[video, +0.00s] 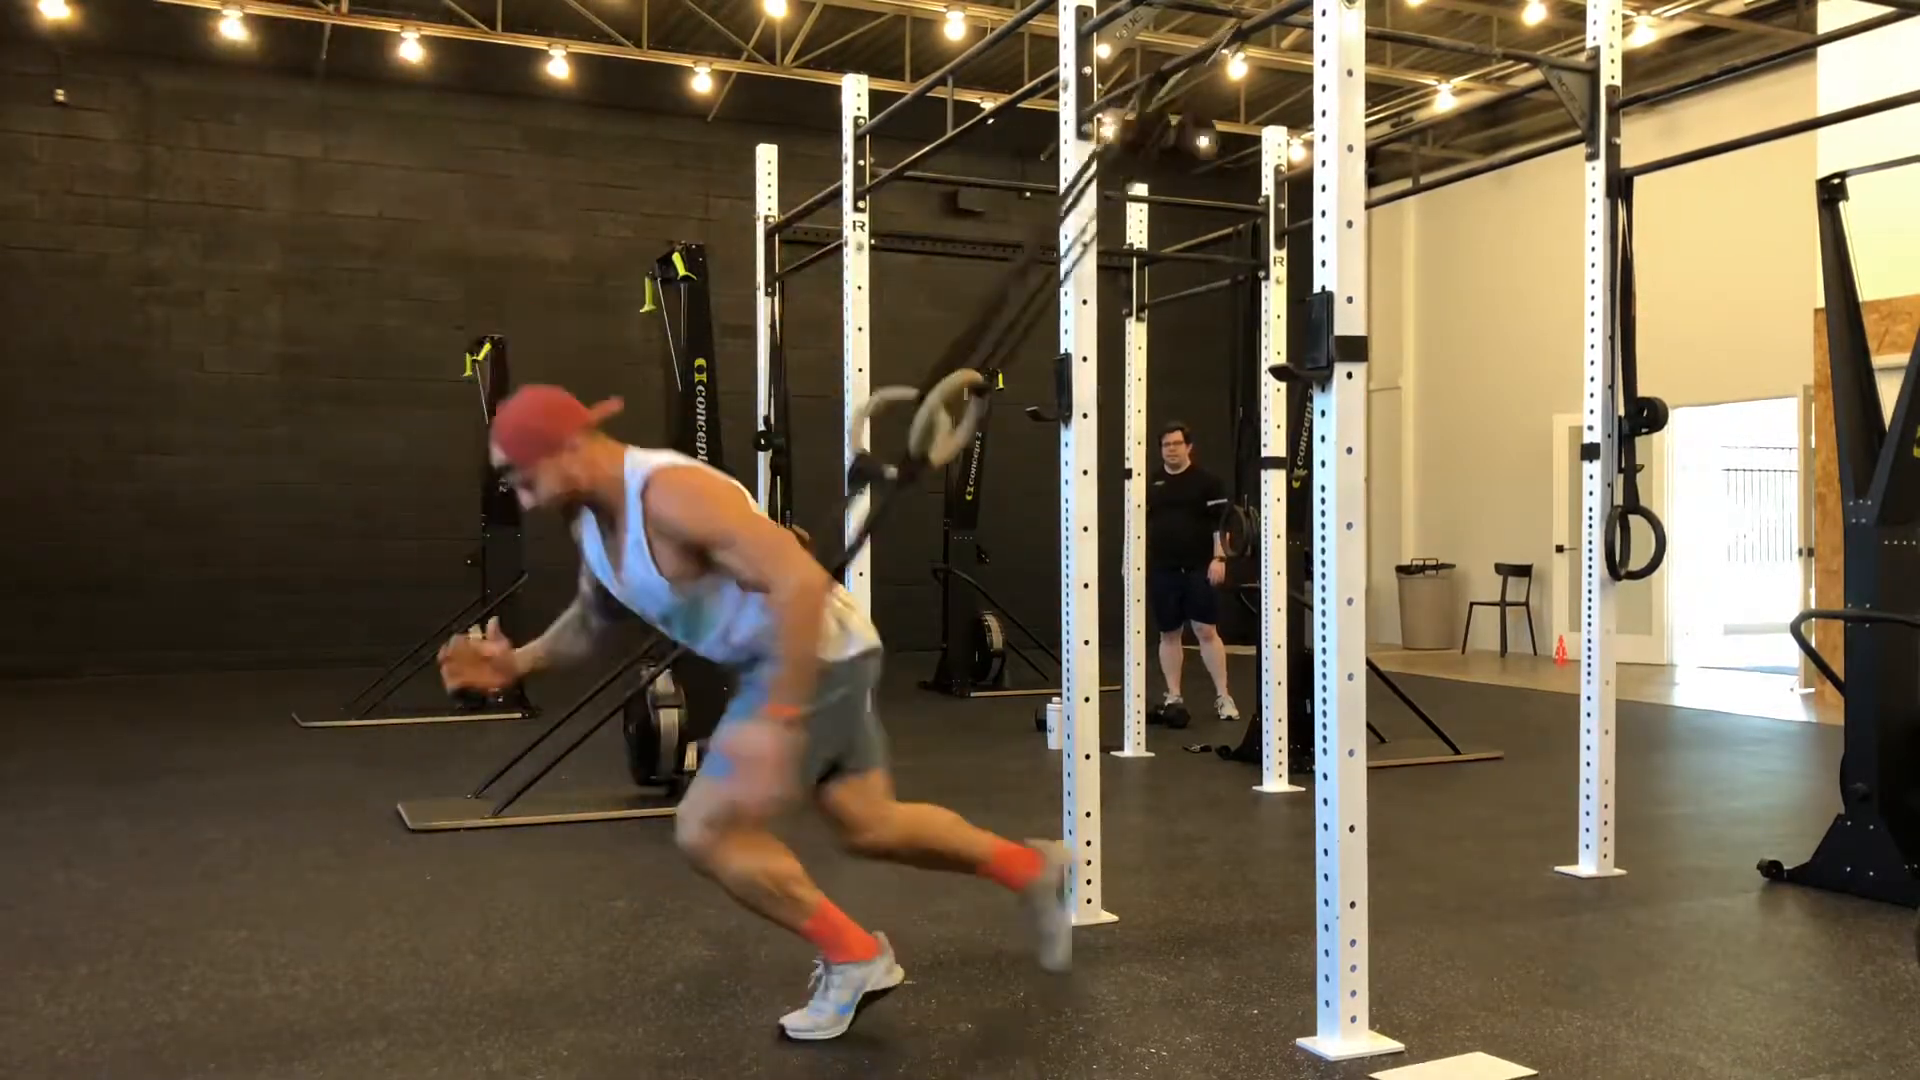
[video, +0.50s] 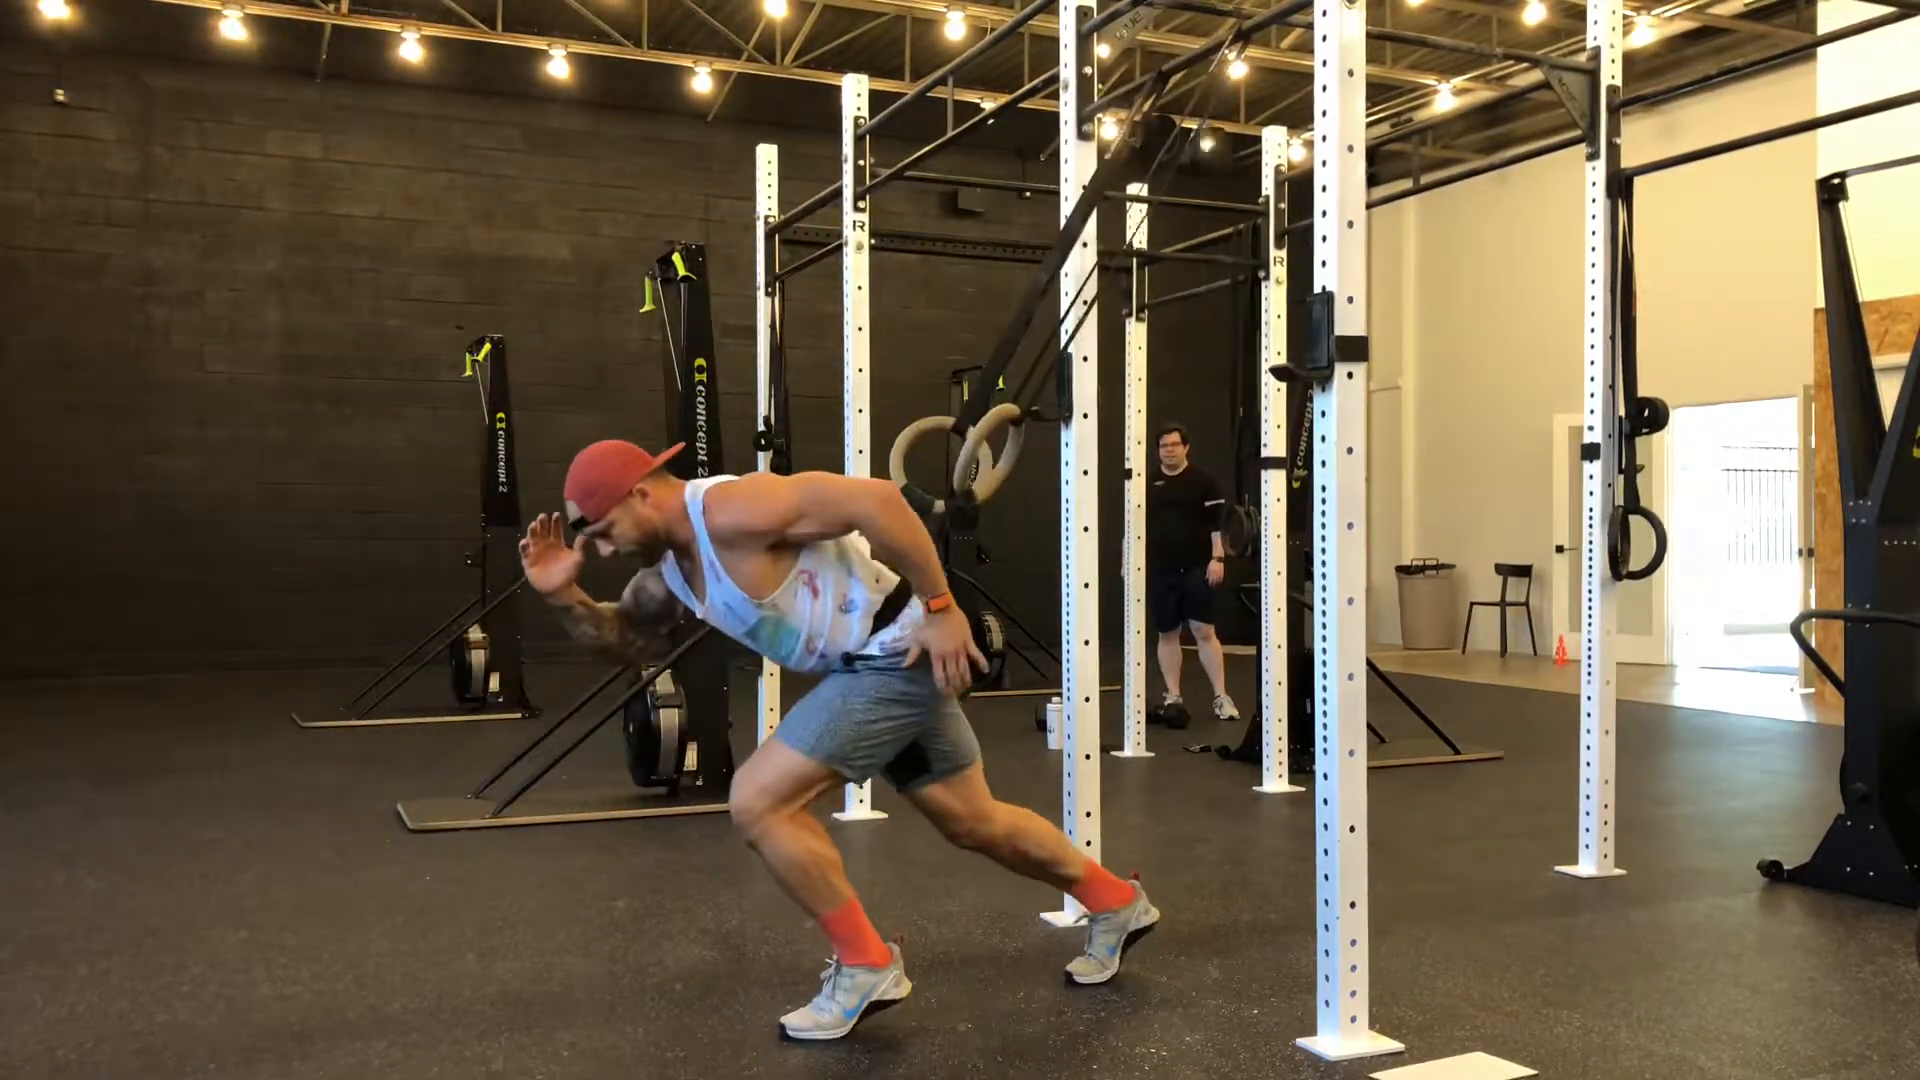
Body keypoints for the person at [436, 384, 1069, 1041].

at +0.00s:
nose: (519, 493)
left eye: (523, 476)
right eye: (513, 480)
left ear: (571, 454)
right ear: (565, 458)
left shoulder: (676, 493)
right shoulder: (598, 526)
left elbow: (800, 579)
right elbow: (596, 626)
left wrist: (779, 718)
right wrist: (516, 661)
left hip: (810, 657)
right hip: (803, 658)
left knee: (710, 829)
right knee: (869, 823)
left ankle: (856, 955)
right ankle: (1038, 870)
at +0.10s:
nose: (559, 549)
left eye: (562, 531)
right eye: (553, 535)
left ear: (604, 503)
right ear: (592, 514)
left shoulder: (701, 531)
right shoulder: (637, 581)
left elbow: (852, 565)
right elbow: (600, 658)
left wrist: (895, 687)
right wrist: (529, 651)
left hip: (846, 680)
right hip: (836, 684)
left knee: (718, 826)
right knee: (946, 827)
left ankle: (858, 957)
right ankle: (1100, 898)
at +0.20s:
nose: (598, 566)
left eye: (600, 550)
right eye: (591, 554)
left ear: (642, 521)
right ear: (634, 531)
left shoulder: (740, 541)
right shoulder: (673, 594)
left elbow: (884, 550)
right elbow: (631, 668)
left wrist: (938, 666)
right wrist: (569, 638)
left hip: (893, 682)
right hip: (885, 686)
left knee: (743, 810)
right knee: (979, 839)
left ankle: (866, 961)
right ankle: (1126, 906)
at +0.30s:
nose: (603, 551)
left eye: (603, 534)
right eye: (595, 539)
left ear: (644, 506)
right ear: (640, 513)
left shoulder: (736, 520)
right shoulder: (679, 583)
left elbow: (885, 523)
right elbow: (635, 656)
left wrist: (934, 639)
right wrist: (573, 620)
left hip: (897, 664)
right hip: (887, 669)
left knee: (758, 799)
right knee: (981, 823)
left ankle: (867, 964)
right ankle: (1122, 902)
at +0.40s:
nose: (601, 540)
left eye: (602, 524)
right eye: (594, 530)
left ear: (644, 495)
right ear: (639, 501)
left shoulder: (735, 510)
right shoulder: (678, 572)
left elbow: (883, 505)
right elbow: (631, 638)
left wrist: (930, 619)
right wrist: (569, 602)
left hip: (896, 654)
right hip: (887, 660)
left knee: (761, 797)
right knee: (980, 817)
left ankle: (867, 965)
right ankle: (1118, 900)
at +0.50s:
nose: (600, 538)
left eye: (600, 523)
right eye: (592, 528)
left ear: (641, 495)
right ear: (636, 502)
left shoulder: (730, 509)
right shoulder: (676, 567)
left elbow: (881, 500)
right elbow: (626, 636)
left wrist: (942, 608)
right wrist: (566, 594)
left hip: (894, 656)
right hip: (879, 663)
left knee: (759, 796)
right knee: (975, 821)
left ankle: (866, 964)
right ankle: (1115, 897)